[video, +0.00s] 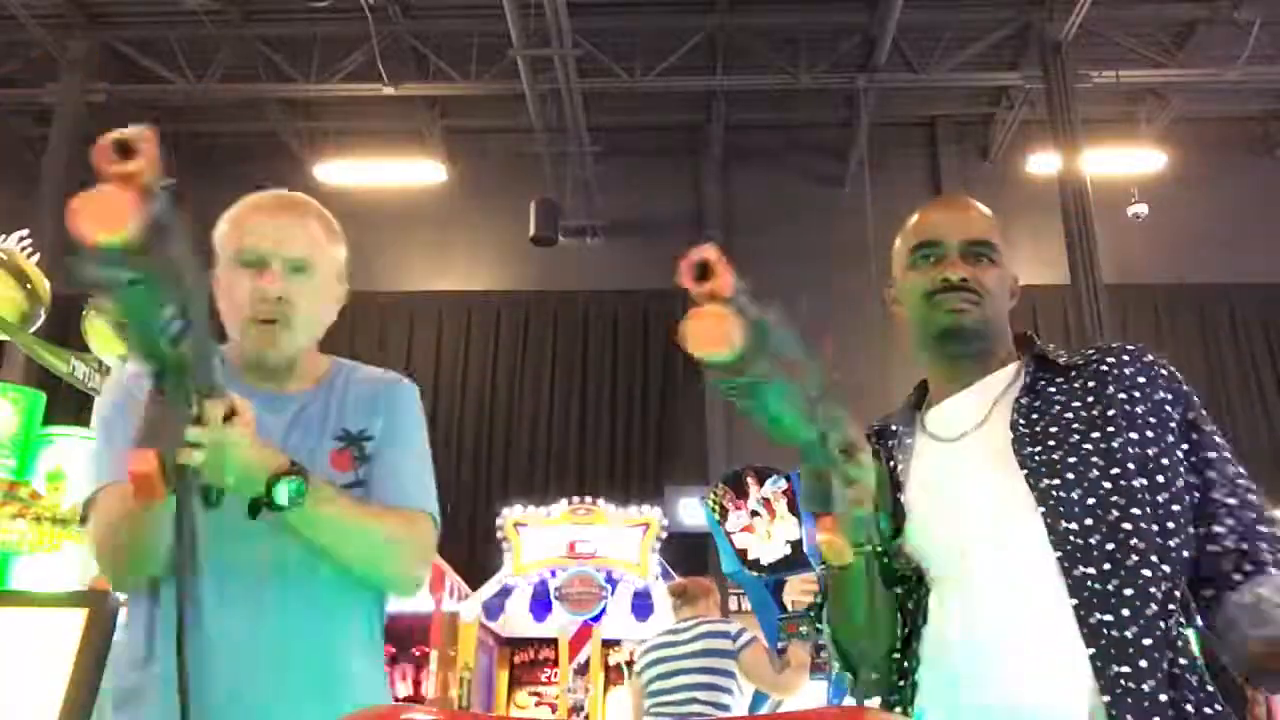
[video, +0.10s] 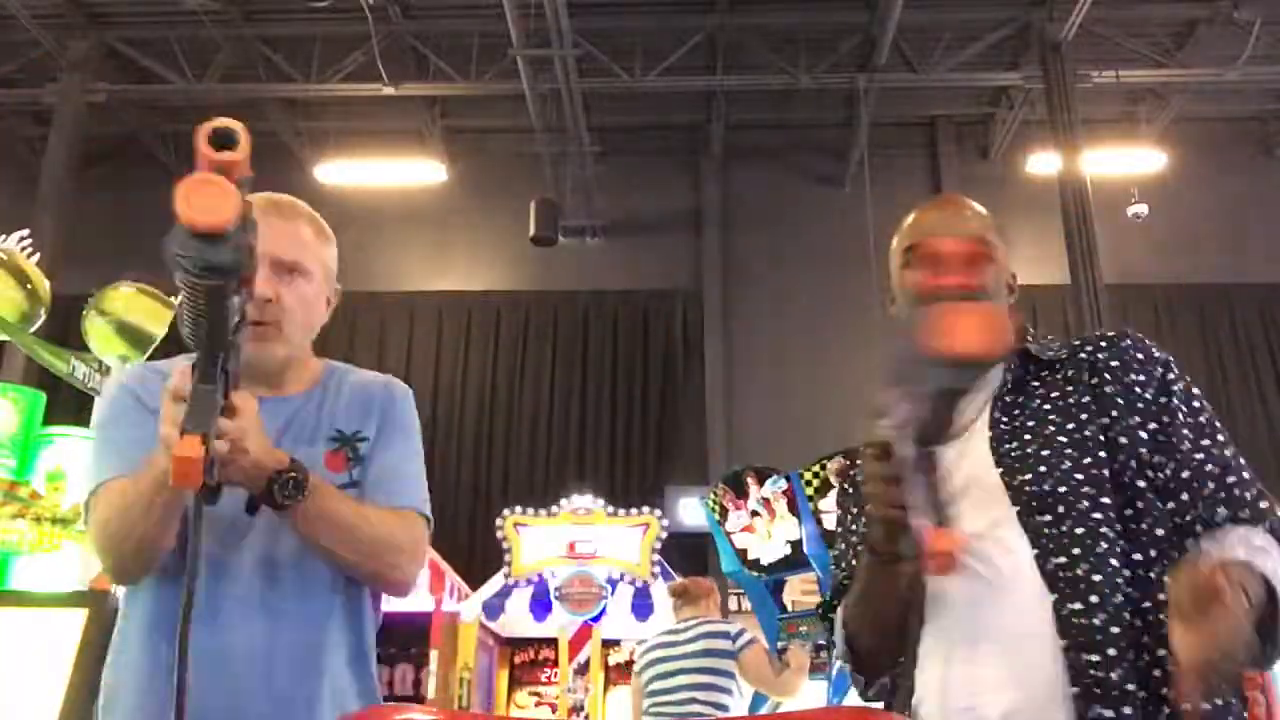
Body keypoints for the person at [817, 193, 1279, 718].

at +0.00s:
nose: (954, 269)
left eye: (979, 256)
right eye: (926, 257)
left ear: (1013, 287)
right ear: (893, 297)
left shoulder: (1131, 387)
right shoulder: (878, 456)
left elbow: (1245, 570)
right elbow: (870, 669)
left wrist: (1260, 666)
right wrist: (847, 531)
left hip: (1143, 706)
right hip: (954, 709)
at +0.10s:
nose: (952, 279)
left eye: (974, 260)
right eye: (928, 263)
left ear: (1008, 281)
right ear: (898, 291)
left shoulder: (1112, 375)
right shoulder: (888, 447)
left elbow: (1241, 526)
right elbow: (868, 661)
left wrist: (1225, 595)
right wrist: (885, 548)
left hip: (1109, 703)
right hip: (945, 706)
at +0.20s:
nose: (950, 267)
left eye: (975, 250)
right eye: (922, 256)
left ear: (1013, 282)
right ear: (896, 298)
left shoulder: (1125, 395)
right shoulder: (870, 475)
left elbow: (1263, 560)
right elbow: (863, 660)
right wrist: (921, 556)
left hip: (1132, 704)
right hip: (950, 709)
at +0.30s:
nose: (963, 266)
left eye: (986, 246)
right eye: (935, 249)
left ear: (1023, 266)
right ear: (903, 288)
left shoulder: (1109, 358)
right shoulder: (891, 459)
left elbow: (1208, 512)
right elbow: (874, 660)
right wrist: (903, 542)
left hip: (1134, 701)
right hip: (961, 706)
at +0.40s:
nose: (963, 260)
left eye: (989, 243)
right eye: (935, 244)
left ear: (1023, 277)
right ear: (903, 283)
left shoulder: (1114, 348)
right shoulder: (897, 409)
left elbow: (1138, 504)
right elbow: (881, 665)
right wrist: (879, 528)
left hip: (1115, 699)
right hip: (953, 704)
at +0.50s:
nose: (952, 262)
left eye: (977, 244)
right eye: (925, 247)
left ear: (1012, 274)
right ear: (897, 282)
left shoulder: (1102, 350)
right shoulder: (893, 419)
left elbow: (1134, 513)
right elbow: (871, 667)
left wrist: (967, 437)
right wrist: (868, 537)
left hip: (1107, 699)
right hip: (944, 705)